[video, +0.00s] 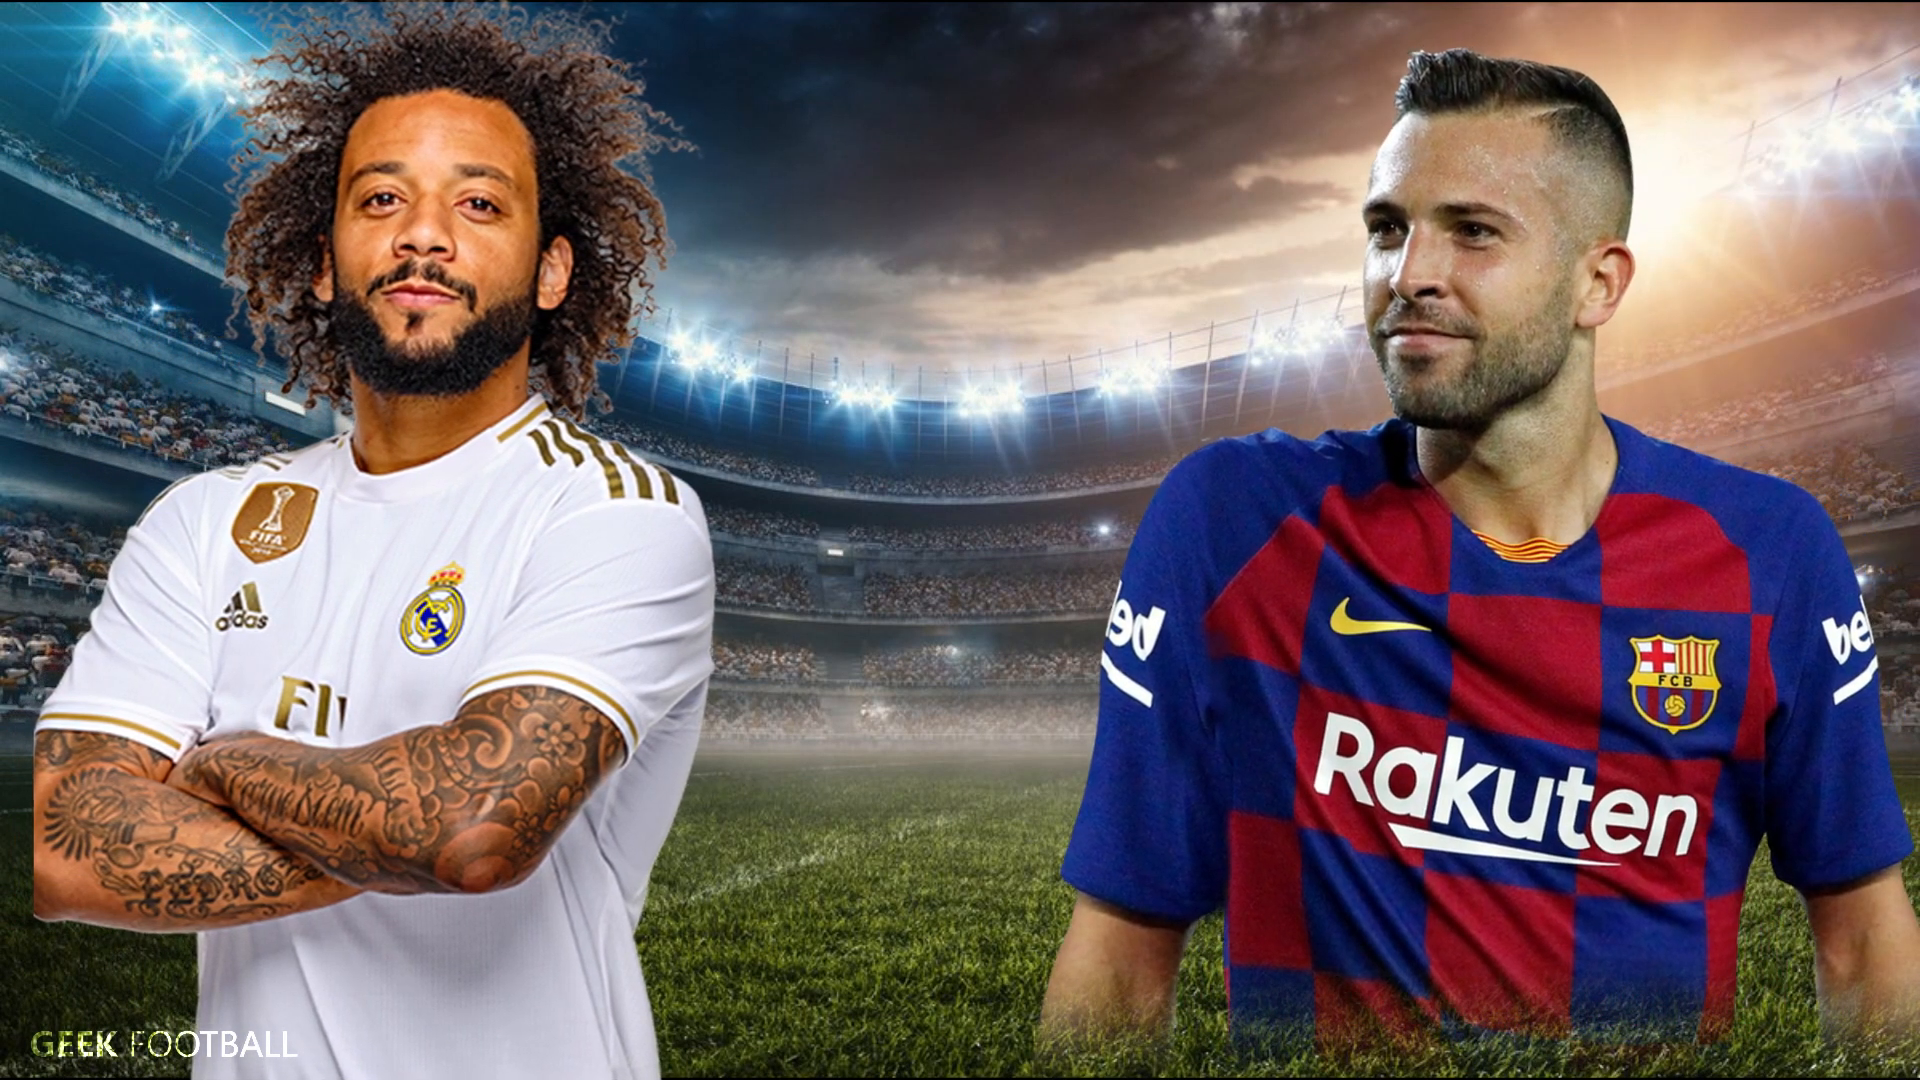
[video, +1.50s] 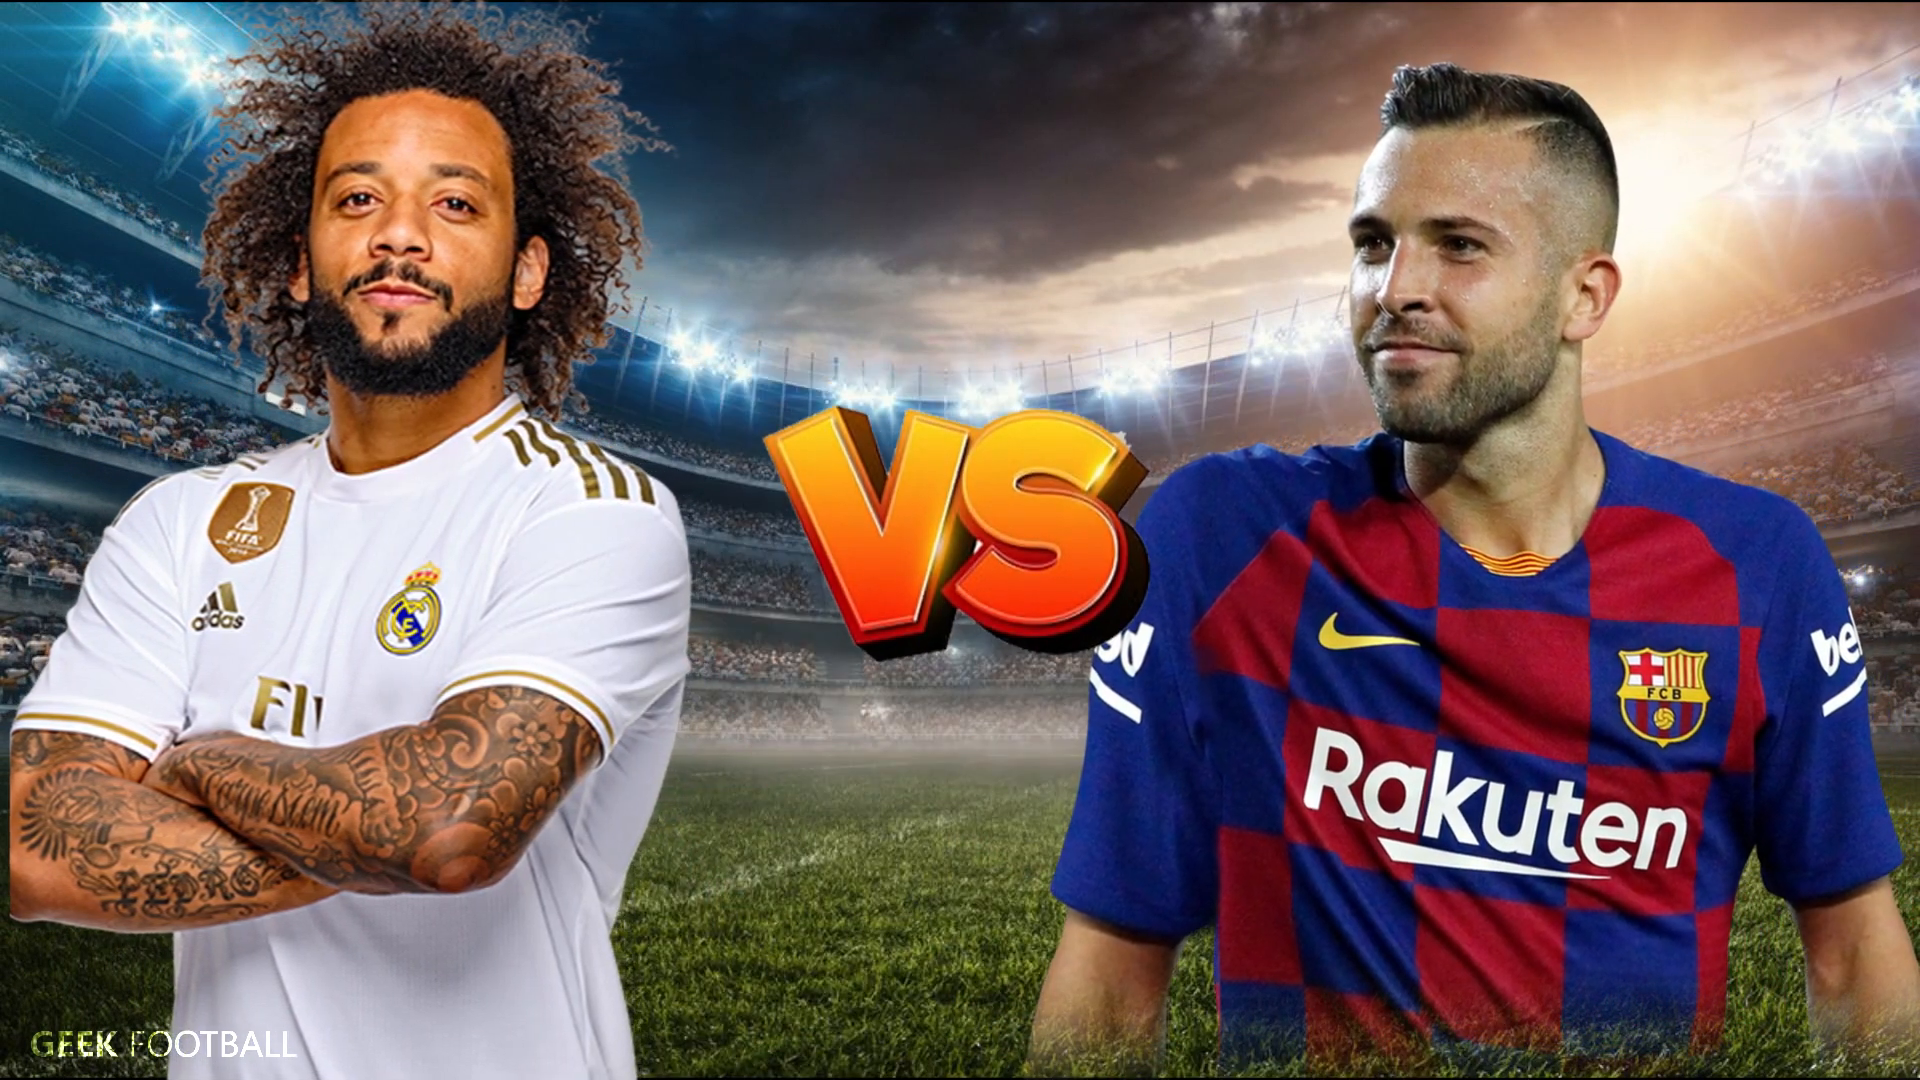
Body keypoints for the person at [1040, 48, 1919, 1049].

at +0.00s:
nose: (1407, 275)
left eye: (1474, 231)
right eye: (1388, 230)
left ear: (1600, 285)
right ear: (1364, 256)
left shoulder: (1771, 555)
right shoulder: (1229, 519)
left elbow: (1863, 931)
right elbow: (1121, 946)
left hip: (1644, 1048)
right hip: (1316, 1047)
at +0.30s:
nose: (1404, 278)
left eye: (1471, 234)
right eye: (1384, 233)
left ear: (1596, 287)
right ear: (1360, 259)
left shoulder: (1769, 557)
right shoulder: (1224, 521)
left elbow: (1861, 933)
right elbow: (1120, 947)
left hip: (1642, 1050)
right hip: (1310, 1050)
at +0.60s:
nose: (1401, 281)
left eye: (1468, 237)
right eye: (1381, 236)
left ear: (1592, 291)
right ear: (1358, 260)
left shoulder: (1767, 559)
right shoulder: (1223, 527)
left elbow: (1860, 936)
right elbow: (1118, 952)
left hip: (1638, 1051)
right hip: (1309, 1050)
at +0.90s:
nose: (1398, 284)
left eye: (1465, 240)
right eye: (1378, 239)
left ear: (1590, 293)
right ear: (1355, 262)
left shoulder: (1765, 562)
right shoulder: (1220, 527)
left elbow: (1860, 941)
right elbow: (1117, 954)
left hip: (1638, 1050)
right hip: (1307, 1046)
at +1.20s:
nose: (1396, 287)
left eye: (1462, 243)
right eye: (1376, 241)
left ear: (1587, 296)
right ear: (1352, 266)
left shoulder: (1763, 566)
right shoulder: (1212, 533)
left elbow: (1856, 943)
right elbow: (1115, 960)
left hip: (1634, 1053)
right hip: (1302, 1052)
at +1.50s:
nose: (1392, 290)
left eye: (1459, 245)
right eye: (1372, 244)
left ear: (1584, 299)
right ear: (1349, 268)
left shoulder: (1760, 568)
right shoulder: (1211, 537)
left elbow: (1855, 944)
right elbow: (1113, 963)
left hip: (1634, 1053)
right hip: (1302, 1051)